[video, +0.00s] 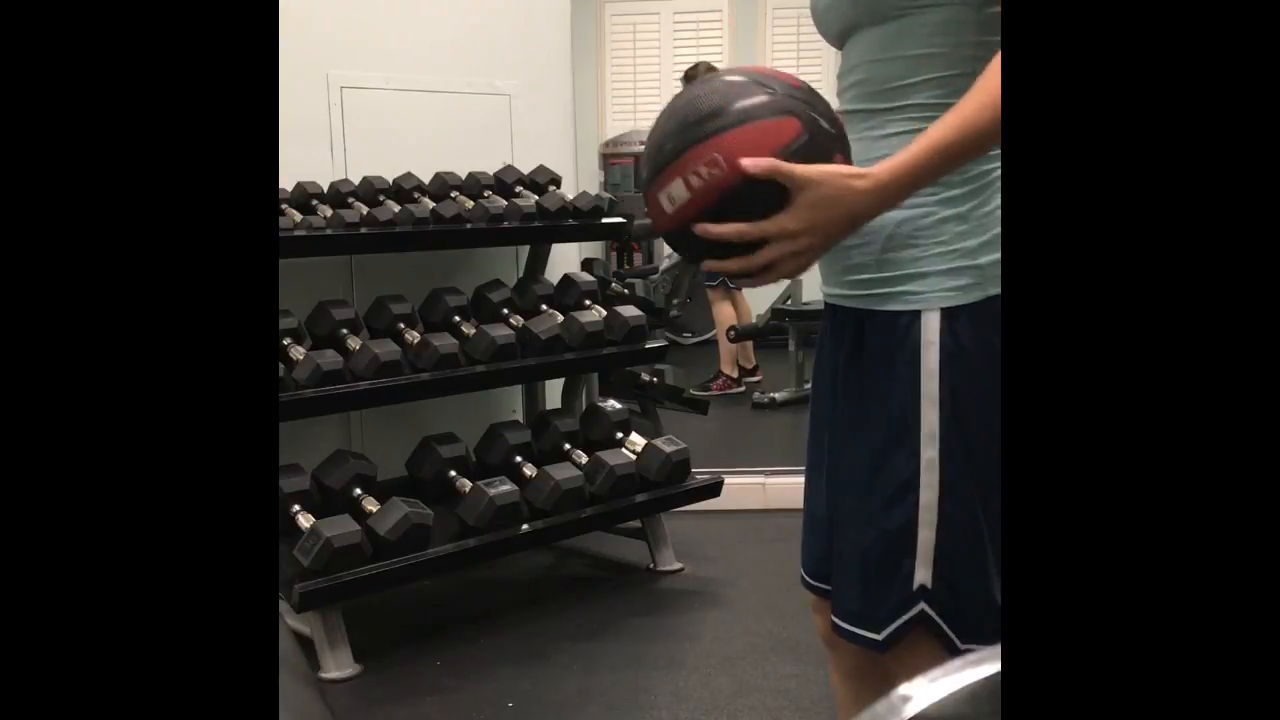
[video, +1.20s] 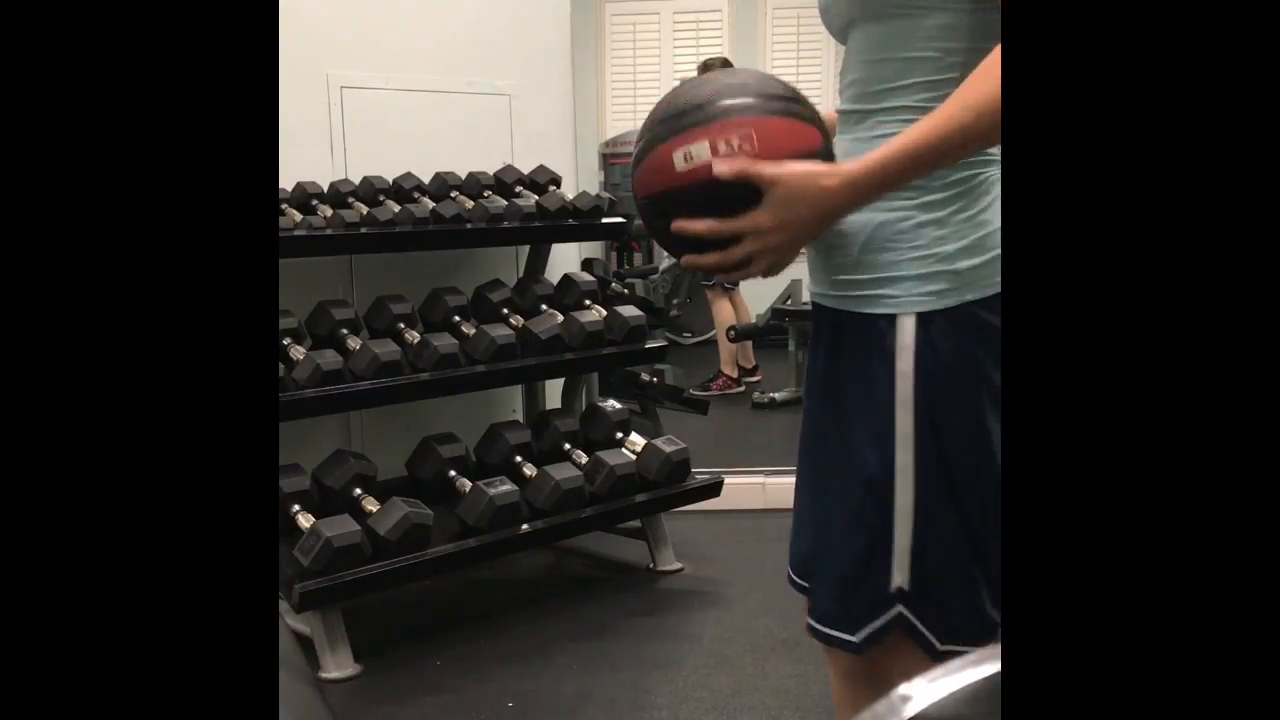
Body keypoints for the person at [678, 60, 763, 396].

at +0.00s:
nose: (684, 95)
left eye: (687, 88)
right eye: (686, 89)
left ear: (697, 89)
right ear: (715, 85)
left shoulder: (705, 121)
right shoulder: (730, 115)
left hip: (713, 216)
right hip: (736, 210)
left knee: (718, 293)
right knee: (734, 290)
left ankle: (729, 373)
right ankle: (749, 364)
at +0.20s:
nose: (691, 100)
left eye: (694, 92)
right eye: (691, 93)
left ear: (700, 91)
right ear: (721, 85)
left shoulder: (701, 132)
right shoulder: (739, 122)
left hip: (716, 224)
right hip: (740, 220)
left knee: (718, 292)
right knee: (735, 291)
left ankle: (729, 373)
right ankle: (749, 364)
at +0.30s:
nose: (690, 99)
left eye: (692, 92)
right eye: (689, 93)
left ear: (705, 90)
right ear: (717, 86)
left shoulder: (714, 122)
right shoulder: (739, 116)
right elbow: (760, 166)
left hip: (718, 218)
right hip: (742, 216)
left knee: (718, 291)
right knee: (735, 290)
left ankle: (729, 373)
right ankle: (749, 365)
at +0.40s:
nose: (689, 97)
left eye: (692, 90)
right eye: (689, 91)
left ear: (705, 90)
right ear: (720, 87)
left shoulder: (707, 128)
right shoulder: (738, 122)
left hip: (721, 219)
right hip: (740, 217)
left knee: (718, 291)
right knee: (735, 289)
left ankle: (729, 372)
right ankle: (749, 364)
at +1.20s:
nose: (701, 88)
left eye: (703, 82)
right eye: (701, 82)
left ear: (709, 82)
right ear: (730, 78)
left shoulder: (707, 121)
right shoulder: (749, 118)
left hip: (713, 214)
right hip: (740, 211)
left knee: (717, 292)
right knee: (732, 289)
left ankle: (729, 372)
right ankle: (748, 365)